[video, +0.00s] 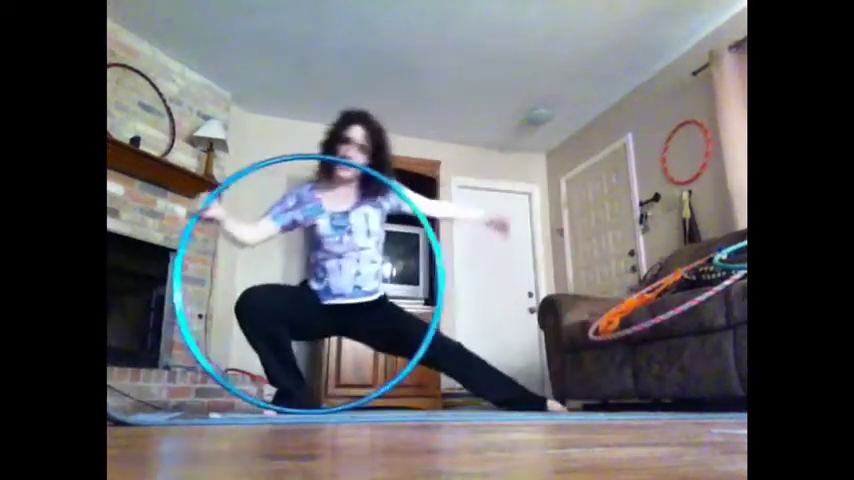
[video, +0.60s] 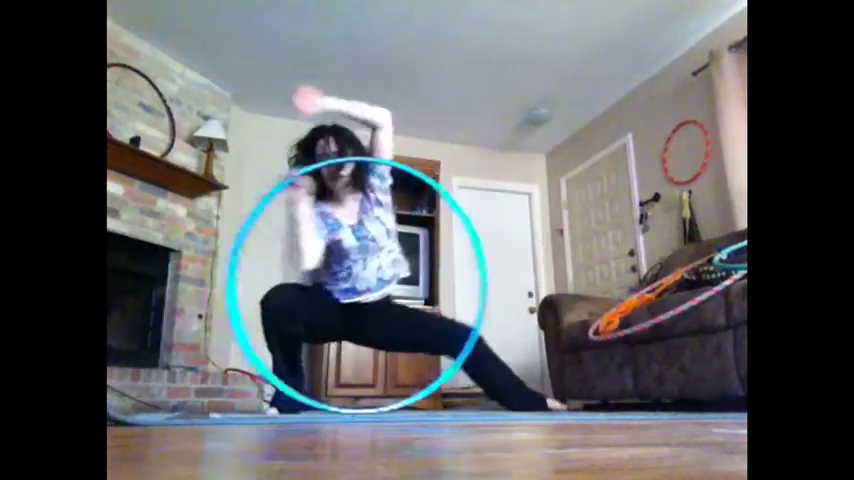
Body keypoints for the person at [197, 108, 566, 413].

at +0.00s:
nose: (351, 152)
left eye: (361, 147)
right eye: (345, 142)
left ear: (372, 157)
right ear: (330, 146)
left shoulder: (381, 196)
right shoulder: (306, 198)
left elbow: (437, 209)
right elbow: (249, 235)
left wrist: (487, 218)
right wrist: (219, 215)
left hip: (371, 309)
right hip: (318, 306)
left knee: (443, 349)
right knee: (253, 304)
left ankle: (538, 407)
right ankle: (296, 400)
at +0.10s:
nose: (332, 159)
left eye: (342, 153)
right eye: (325, 150)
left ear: (355, 161)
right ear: (313, 155)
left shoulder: (369, 196)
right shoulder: (294, 207)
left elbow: (426, 192)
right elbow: (242, 251)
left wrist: (468, 171)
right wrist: (203, 228)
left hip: (363, 314)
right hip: (313, 313)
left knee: (438, 356)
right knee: (250, 308)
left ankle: (540, 410)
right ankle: (294, 397)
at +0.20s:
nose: (321, 167)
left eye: (330, 160)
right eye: (314, 158)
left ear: (347, 164)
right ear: (303, 160)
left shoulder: (366, 197)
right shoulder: (290, 211)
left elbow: (417, 182)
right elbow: (242, 258)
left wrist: (449, 145)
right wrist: (199, 232)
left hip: (360, 316)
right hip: (310, 314)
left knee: (434, 359)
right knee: (250, 310)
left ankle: (538, 410)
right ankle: (291, 398)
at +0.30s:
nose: (317, 164)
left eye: (326, 156)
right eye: (309, 156)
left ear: (343, 161)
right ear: (299, 161)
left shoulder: (364, 195)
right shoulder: (289, 213)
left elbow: (413, 165)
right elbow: (245, 263)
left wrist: (422, 114)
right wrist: (202, 232)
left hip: (360, 318)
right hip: (310, 316)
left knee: (442, 363)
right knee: (250, 308)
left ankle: (541, 408)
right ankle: (288, 397)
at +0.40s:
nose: (322, 165)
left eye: (329, 155)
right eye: (313, 157)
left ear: (343, 160)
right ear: (301, 165)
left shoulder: (362, 192)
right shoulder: (295, 216)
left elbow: (398, 139)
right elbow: (258, 269)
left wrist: (373, 85)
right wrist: (229, 222)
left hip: (363, 317)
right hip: (316, 314)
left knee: (441, 356)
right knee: (257, 309)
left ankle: (540, 410)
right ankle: (290, 399)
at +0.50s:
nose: (321, 165)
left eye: (328, 156)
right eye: (312, 158)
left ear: (343, 159)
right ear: (302, 165)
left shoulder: (366, 186)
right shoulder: (302, 214)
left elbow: (387, 125)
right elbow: (274, 264)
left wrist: (342, 83)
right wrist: (257, 215)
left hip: (365, 314)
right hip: (319, 313)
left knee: (447, 346)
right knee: (263, 307)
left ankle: (538, 410)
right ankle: (290, 402)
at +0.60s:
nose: (338, 167)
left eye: (343, 157)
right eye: (328, 161)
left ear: (356, 159)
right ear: (315, 169)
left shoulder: (376, 189)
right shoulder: (314, 211)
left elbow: (382, 121)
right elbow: (308, 263)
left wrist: (326, 103)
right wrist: (300, 205)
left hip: (378, 311)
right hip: (330, 309)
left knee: (463, 339)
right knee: (279, 302)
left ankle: (537, 410)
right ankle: (289, 402)